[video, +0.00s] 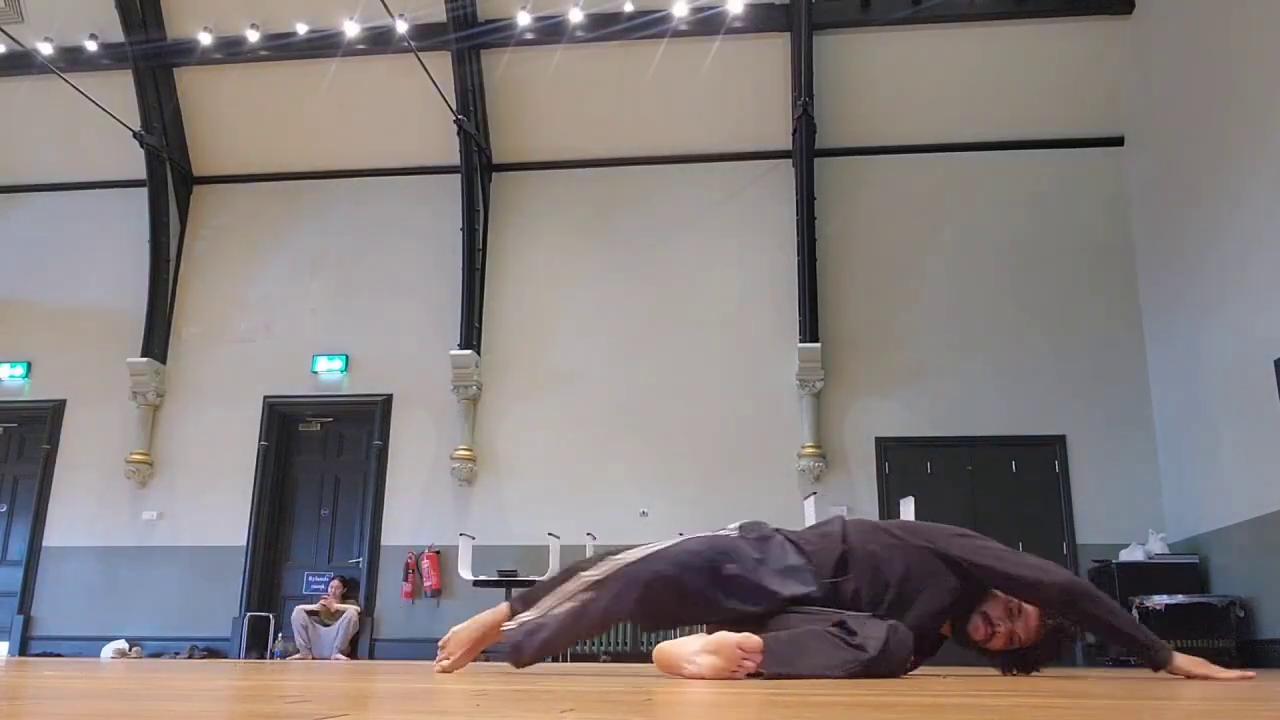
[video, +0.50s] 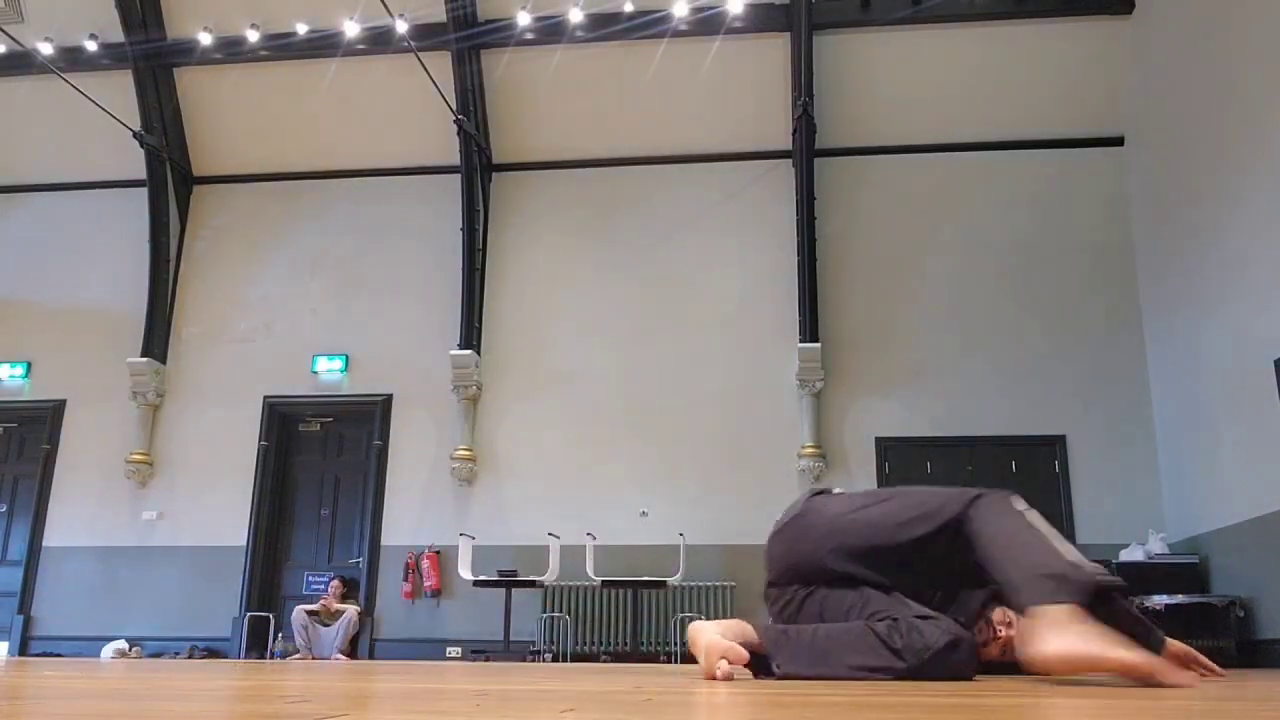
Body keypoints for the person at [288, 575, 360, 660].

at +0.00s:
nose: (333, 591)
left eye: (337, 588)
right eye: (331, 587)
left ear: (344, 590)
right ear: (328, 589)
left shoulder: (349, 603)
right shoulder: (323, 603)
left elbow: (357, 610)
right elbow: (297, 608)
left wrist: (335, 606)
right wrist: (317, 607)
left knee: (352, 614)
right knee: (297, 612)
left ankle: (337, 653)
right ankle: (304, 652)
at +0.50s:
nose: (333, 591)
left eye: (337, 588)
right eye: (331, 587)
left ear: (343, 590)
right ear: (328, 589)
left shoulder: (349, 603)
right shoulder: (323, 603)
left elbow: (357, 610)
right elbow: (297, 608)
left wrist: (335, 607)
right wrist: (317, 607)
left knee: (352, 613)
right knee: (297, 612)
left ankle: (336, 653)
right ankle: (304, 652)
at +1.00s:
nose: (333, 591)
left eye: (337, 588)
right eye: (331, 588)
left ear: (344, 590)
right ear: (328, 589)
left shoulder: (349, 602)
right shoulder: (323, 603)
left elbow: (357, 610)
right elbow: (297, 608)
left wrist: (334, 606)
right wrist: (318, 607)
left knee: (352, 614)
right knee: (297, 612)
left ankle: (336, 653)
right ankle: (304, 653)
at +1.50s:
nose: (333, 591)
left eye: (337, 588)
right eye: (331, 588)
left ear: (344, 590)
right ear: (328, 589)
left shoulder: (348, 602)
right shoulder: (323, 602)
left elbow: (357, 610)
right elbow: (297, 608)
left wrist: (334, 606)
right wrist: (316, 607)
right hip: (316, 637)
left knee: (352, 614)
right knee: (297, 612)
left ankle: (336, 653)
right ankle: (304, 653)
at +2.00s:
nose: (333, 591)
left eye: (337, 588)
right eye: (331, 588)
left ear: (343, 590)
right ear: (328, 589)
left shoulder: (349, 602)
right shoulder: (323, 602)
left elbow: (357, 610)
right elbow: (297, 608)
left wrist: (334, 606)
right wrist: (315, 607)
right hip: (316, 636)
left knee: (352, 614)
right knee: (297, 612)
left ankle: (336, 653)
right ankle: (304, 653)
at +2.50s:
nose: (333, 591)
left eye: (337, 588)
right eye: (331, 588)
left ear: (343, 590)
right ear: (328, 589)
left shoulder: (349, 602)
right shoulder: (323, 602)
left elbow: (357, 610)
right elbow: (297, 608)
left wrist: (333, 606)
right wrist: (315, 607)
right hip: (316, 636)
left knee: (352, 614)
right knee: (297, 612)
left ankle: (336, 653)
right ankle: (304, 653)